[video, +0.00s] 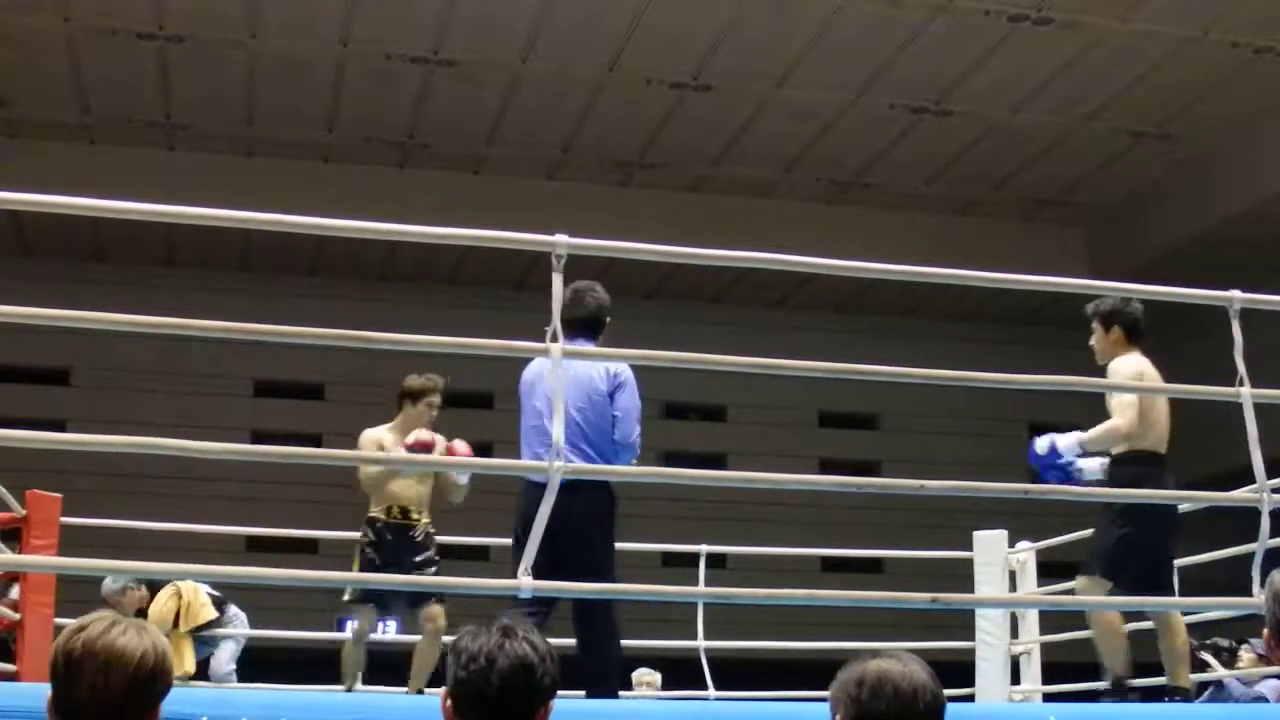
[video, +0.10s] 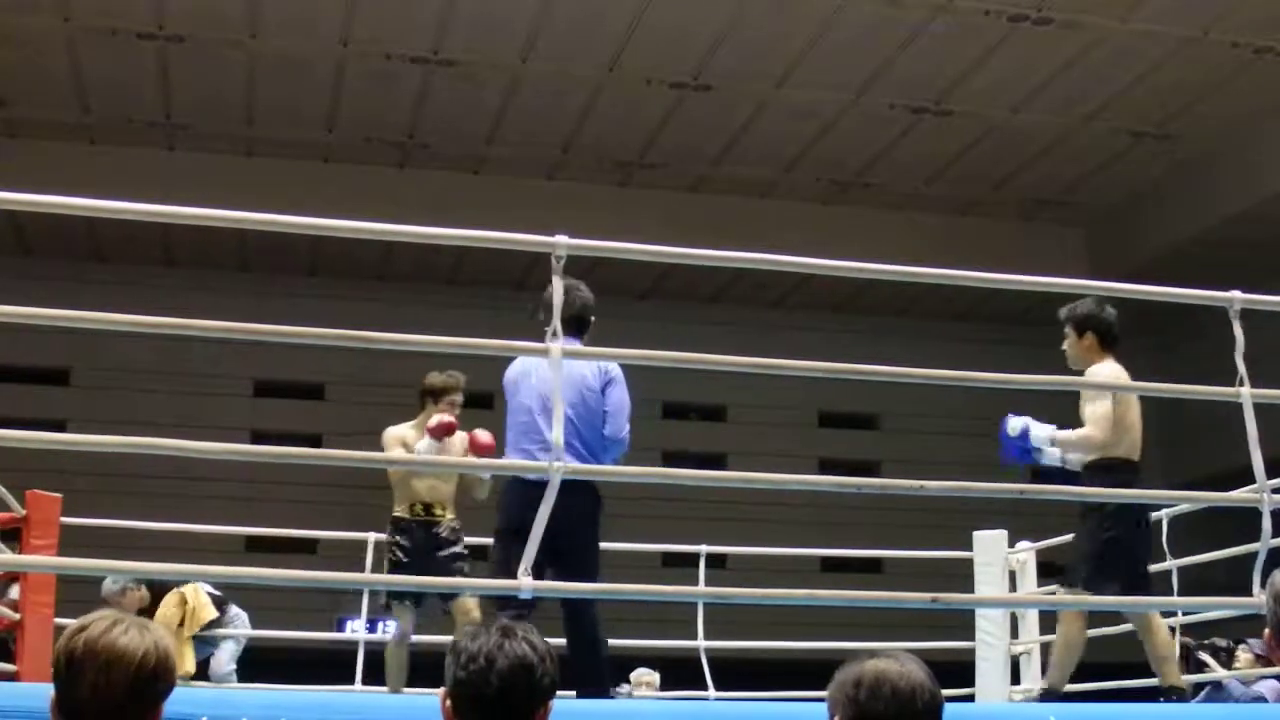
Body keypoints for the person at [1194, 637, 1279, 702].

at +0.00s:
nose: (1239, 654)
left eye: (1247, 651)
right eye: (1240, 650)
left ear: (1263, 659)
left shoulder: (1273, 684)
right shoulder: (1222, 685)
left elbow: (1253, 701)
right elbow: (1197, 707)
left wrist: (1223, 674)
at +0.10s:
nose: (1236, 654)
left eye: (1244, 651)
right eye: (1237, 650)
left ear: (1260, 660)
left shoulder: (1271, 685)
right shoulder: (1217, 686)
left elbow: (1252, 702)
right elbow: (1192, 708)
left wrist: (1221, 674)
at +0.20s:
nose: (1233, 654)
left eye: (1241, 651)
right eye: (1233, 650)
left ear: (1257, 661)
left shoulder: (1267, 684)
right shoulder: (1214, 686)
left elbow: (1249, 701)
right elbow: (1187, 707)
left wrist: (1218, 672)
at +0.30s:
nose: (1230, 654)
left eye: (1238, 651)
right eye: (1230, 650)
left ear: (1253, 661)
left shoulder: (1264, 685)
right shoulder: (1208, 686)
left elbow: (1242, 700)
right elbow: (1174, 711)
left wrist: (1214, 671)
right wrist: (1183, 676)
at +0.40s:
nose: (1226, 654)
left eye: (1234, 651)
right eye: (1225, 651)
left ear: (1249, 661)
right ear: (1221, 656)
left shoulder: (1260, 685)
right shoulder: (1204, 687)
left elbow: (1238, 699)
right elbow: (1171, 712)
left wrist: (1210, 671)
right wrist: (1177, 684)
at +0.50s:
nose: (1223, 654)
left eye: (1231, 652)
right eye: (1222, 651)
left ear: (1245, 660)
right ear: (1217, 655)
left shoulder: (1257, 686)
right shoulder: (1201, 687)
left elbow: (1235, 700)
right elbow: (1167, 711)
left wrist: (1207, 672)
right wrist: (1174, 684)